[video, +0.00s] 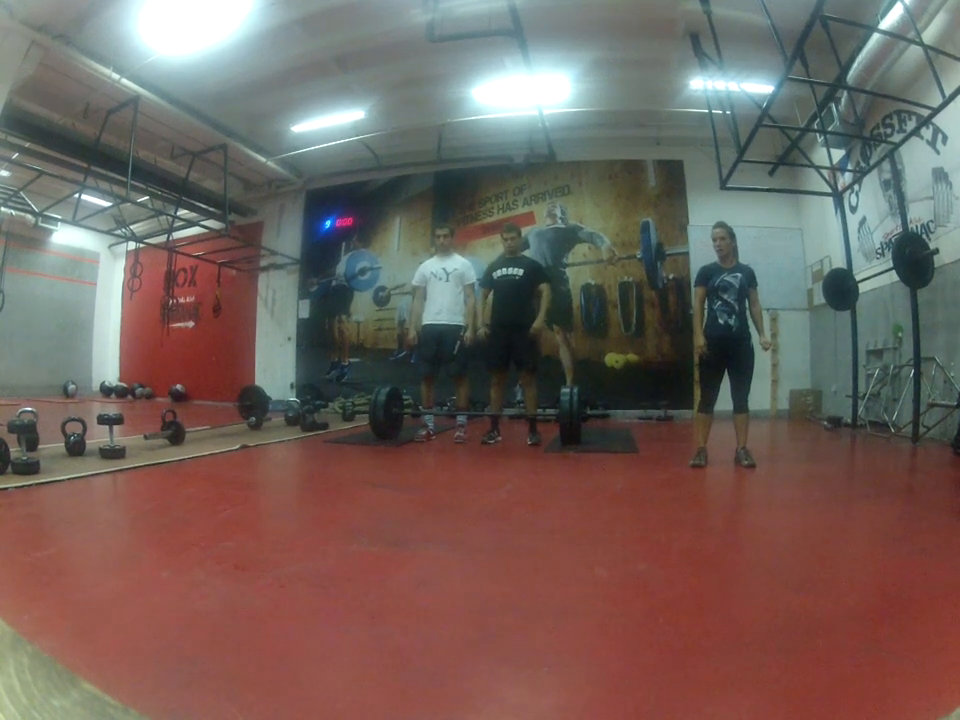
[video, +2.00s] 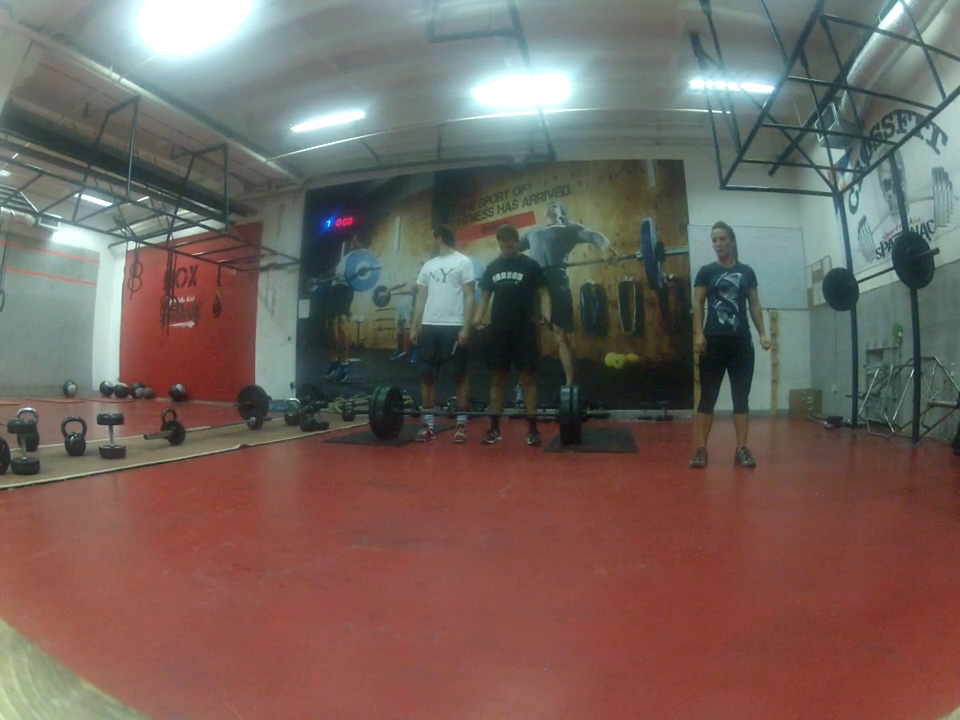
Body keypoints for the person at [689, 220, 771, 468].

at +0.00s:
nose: (718, 244)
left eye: (722, 239)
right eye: (715, 240)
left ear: (733, 242)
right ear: (712, 244)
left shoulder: (746, 272)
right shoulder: (706, 272)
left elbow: (754, 305)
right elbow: (698, 306)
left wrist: (761, 334)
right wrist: (698, 337)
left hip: (740, 344)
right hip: (712, 343)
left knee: (740, 400)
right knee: (707, 399)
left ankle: (742, 449)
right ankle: (700, 450)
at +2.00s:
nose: (719, 244)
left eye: (722, 239)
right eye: (715, 240)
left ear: (733, 241)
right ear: (712, 244)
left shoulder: (746, 272)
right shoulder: (706, 272)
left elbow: (754, 305)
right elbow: (698, 305)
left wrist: (762, 333)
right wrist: (698, 334)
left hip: (740, 342)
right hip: (713, 342)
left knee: (741, 400)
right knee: (707, 399)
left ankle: (742, 449)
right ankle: (700, 449)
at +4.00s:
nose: (718, 243)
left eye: (722, 239)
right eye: (714, 240)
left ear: (732, 241)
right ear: (711, 244)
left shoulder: (746, 272)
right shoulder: (705, 272)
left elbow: (754, 305)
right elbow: (697, 306)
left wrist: (761, 333)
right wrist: (698, 336)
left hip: (740, 343)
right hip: (712, 342)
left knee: (740, 399)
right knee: (707, 399)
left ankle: (742, 449)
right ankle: (701, 450)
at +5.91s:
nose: (717, 243)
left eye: (721, 238)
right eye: (713, 240)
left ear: (731, 241)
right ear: (710, 244)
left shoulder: (745, 272)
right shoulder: (704, 272)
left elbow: (754, 305)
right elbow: (697, 306)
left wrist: (761, 333)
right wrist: (698, 335)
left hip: (740, 343)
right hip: (712, 342)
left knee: (740, 399)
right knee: (707, 398)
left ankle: (742, 449)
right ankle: (701, 449)